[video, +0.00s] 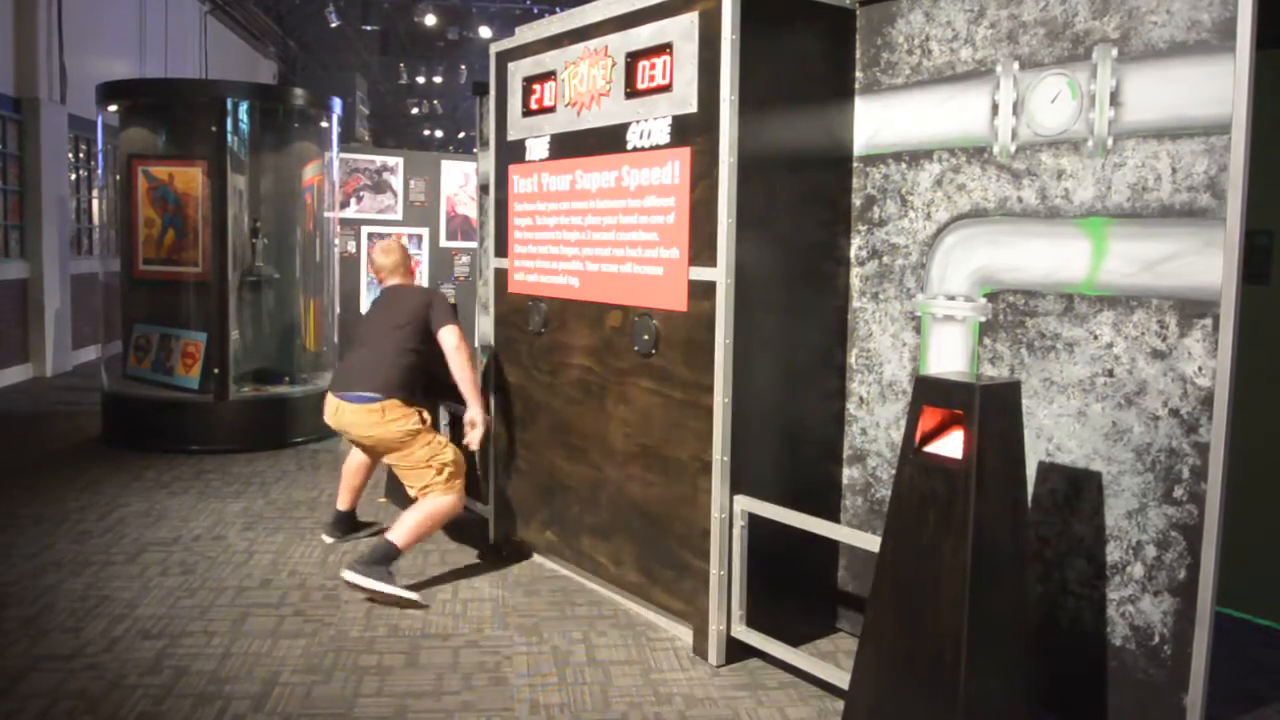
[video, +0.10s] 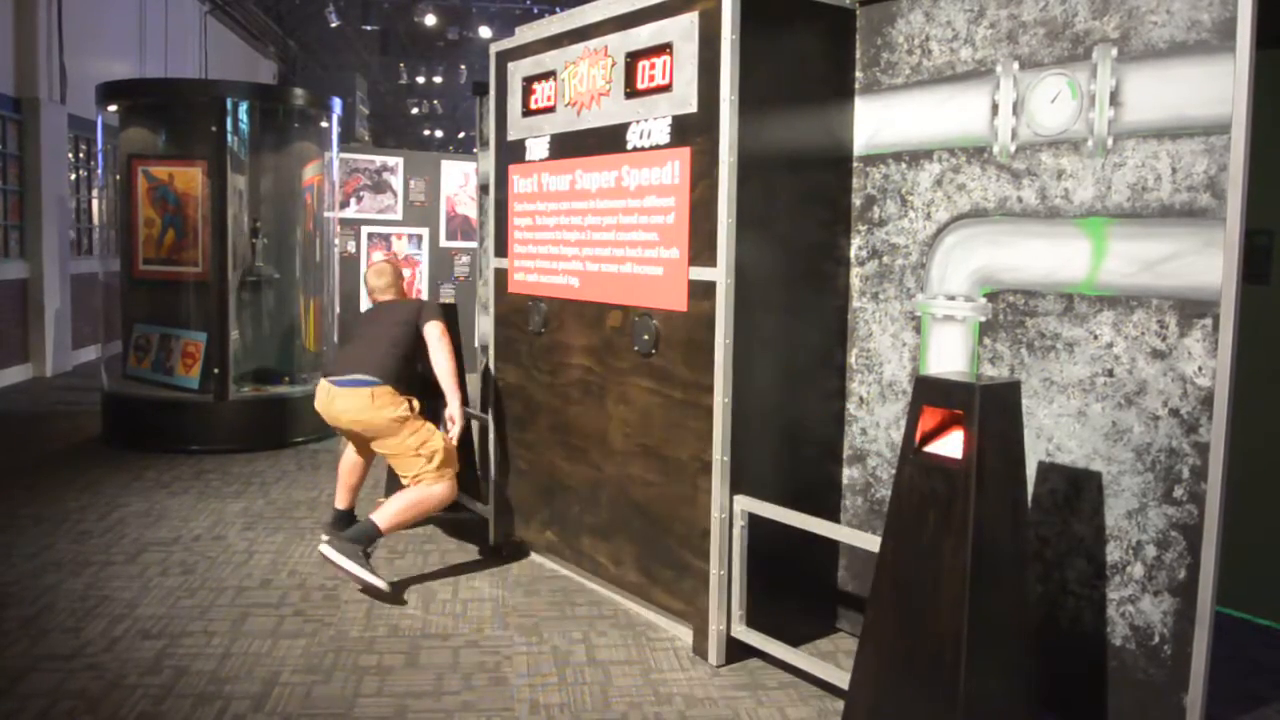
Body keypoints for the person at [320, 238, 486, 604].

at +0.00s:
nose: (418, 267)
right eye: (415, 263)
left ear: (377, 277)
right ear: (414, 269)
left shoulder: (372, 310)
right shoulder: (431, 299)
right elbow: (455, 348)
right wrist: (475, 407)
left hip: (337, 407)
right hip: (384, 414)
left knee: (370, 441)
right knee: (450, 490)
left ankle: (341, 519)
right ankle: (375, 564)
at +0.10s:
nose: (406, 285)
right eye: (404, 281)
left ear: (370, 295)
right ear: (404, 286)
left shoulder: (358, 319)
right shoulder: (422, 308)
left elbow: (344, 364)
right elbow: (437, 338)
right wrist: (454, 401)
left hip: (328, 397)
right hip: (376, 403)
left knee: (361, 439)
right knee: (441, 486)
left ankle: (340, 519)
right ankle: (354, 542)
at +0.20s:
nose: (412, 280)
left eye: (410, 275)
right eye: (409, 275)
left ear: (373, 290)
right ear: (405, 281)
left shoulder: (363, 314)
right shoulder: (416, 303)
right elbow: (435, 338)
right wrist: (454, 383)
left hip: (324, 393)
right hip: (369, 394)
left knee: (359, 440)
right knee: (436, 477)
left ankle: (339, 521)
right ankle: (350, 537)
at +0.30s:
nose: (431, 260)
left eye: (428, 253)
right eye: (425, 255)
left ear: (390, 269)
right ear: (404, 264)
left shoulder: (378, 297)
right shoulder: (411, 285)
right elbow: (420, 303)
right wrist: (458, 338)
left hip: (323, 390)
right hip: (359, 389)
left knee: (364, 438)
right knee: (436, 466)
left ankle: (338, 519)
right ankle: (349, 541)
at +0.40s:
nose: (445, 230)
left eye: (444, 222)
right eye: (438, 223)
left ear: (409, 232)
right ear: (410, 231)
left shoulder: (402, 269)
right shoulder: (406, 264)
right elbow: (416, 278)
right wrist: (476, 303)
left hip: (341, 381)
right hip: (356, 383)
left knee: (374, 442)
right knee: (430, 462)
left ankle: (338, 521)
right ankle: (342, 549)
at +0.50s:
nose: (459, 204)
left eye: (459, 194)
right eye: (450, 195)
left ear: (429, 203)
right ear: (422, 202)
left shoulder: (421, 251)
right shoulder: (410, 239)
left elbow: (372, 307)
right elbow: (440, 249)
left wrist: (345, 354)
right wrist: (508, 259)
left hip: (388, 379)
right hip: (370, 378)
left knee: (371, 454)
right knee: (402, 486)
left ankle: (353, 513)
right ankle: (338, 563)